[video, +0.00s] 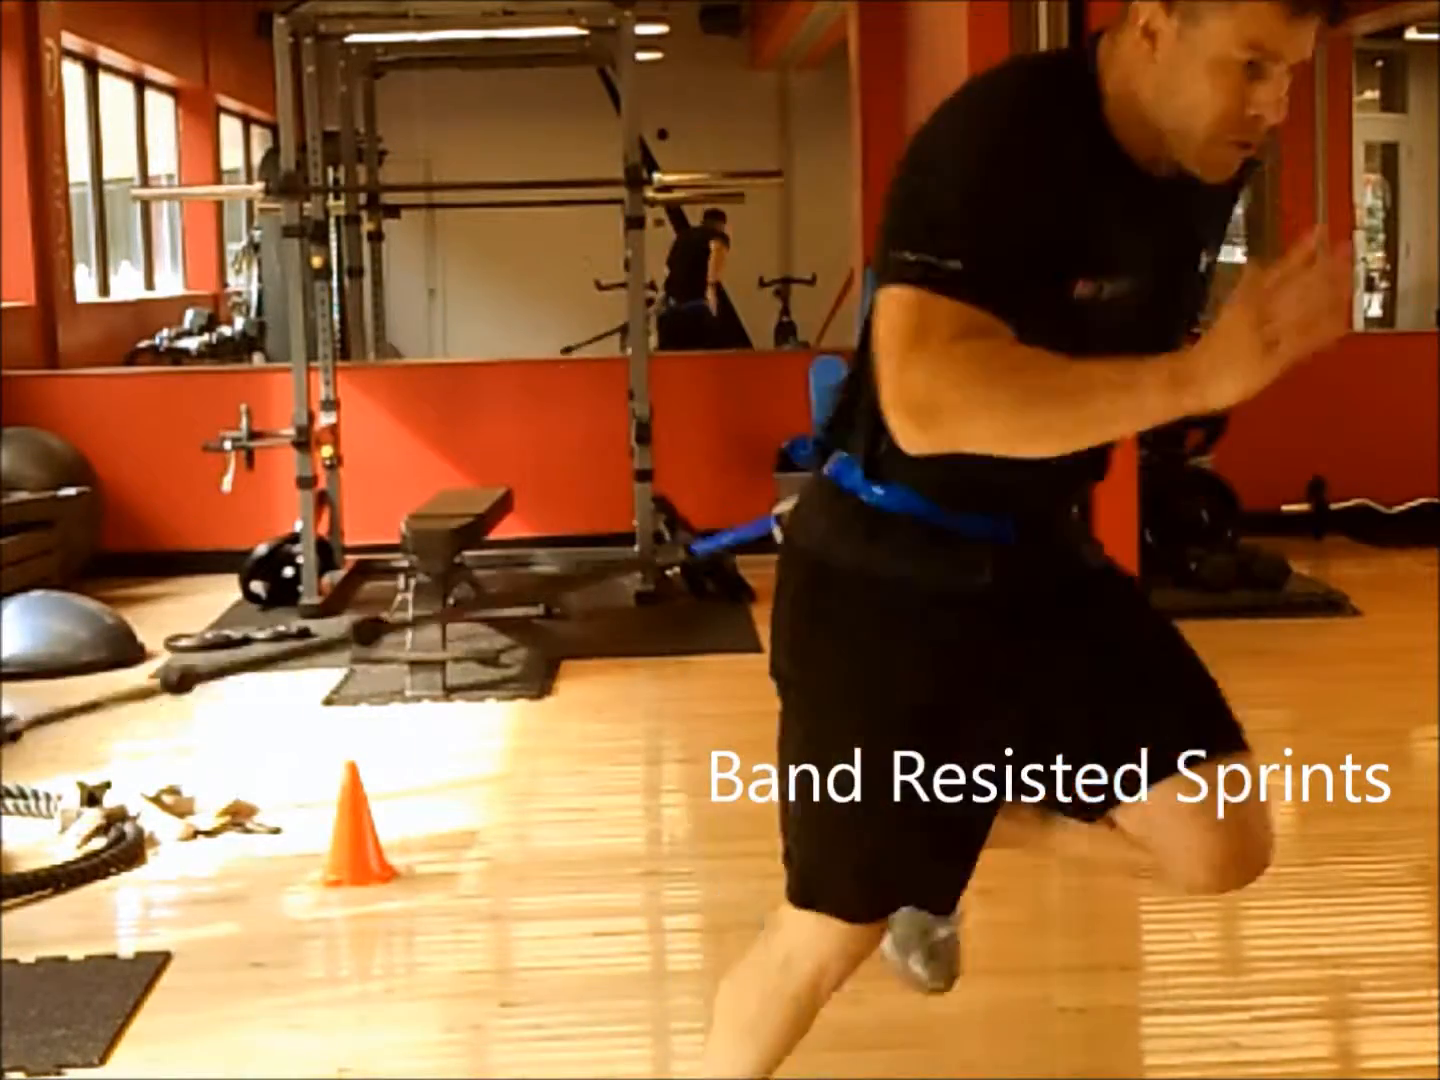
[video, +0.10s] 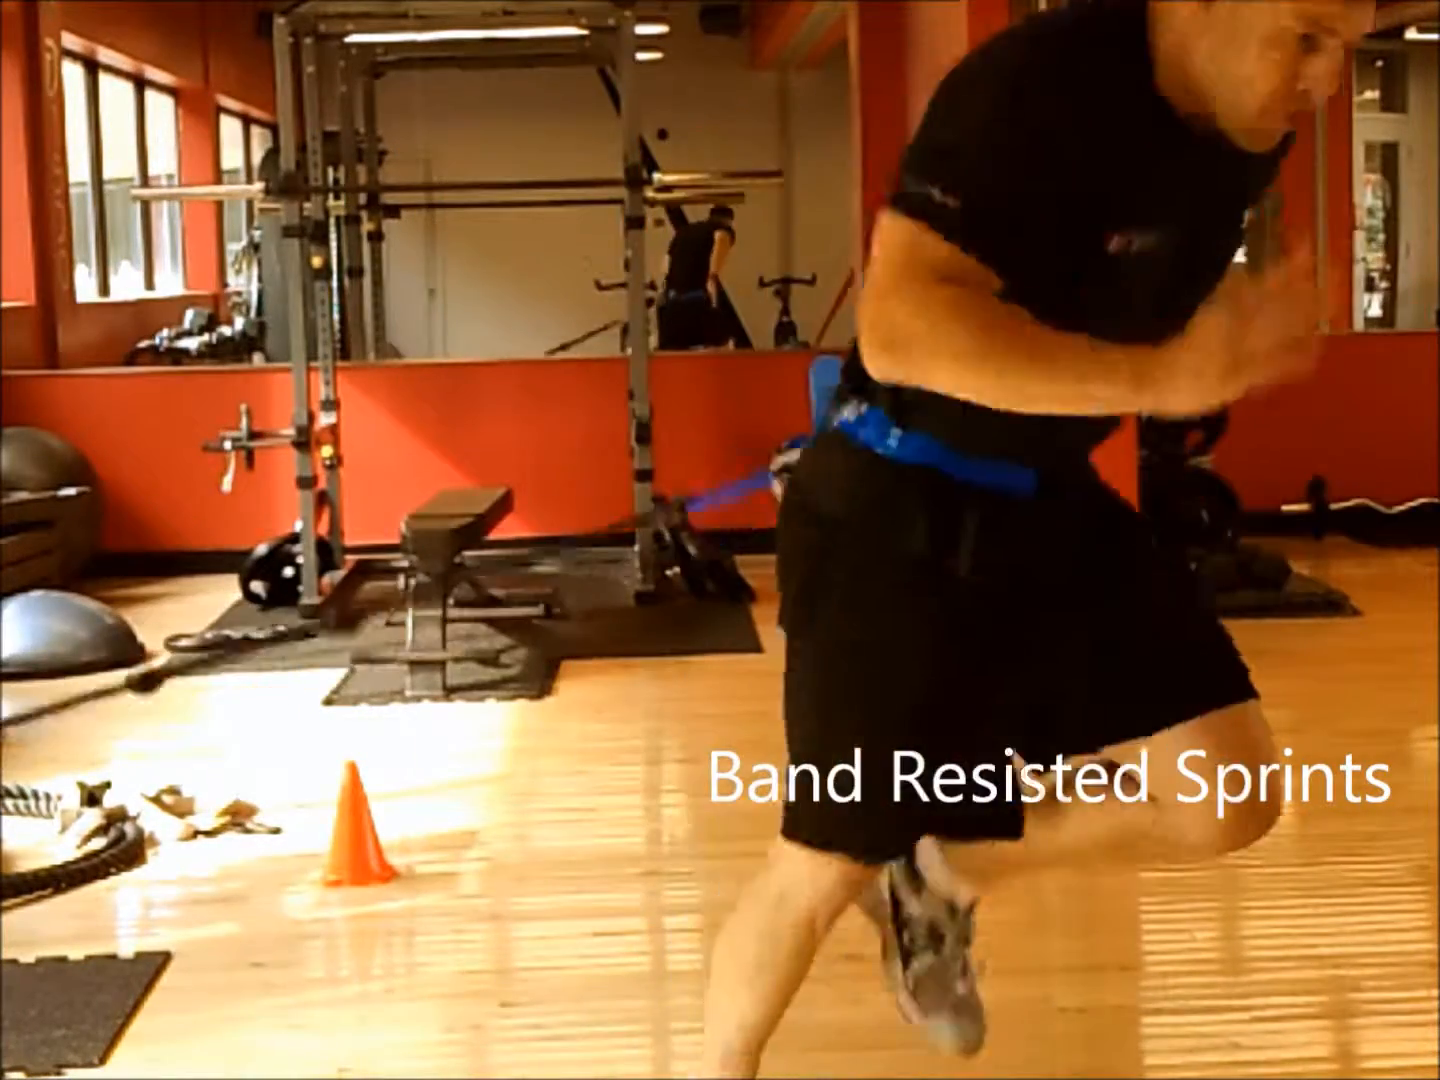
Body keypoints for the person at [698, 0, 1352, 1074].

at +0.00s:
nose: (1276, 110)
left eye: (1292, 74)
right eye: (1252, 67)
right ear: (1142, 31)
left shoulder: (1207, 164)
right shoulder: (991, 132)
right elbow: (930, 394)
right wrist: (1197, 374)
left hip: (1044, 556)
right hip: (880, 562)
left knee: (1218, 844)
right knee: (836, 922)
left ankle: (946, 812)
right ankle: (719, 1070)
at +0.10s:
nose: (1328, 87)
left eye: (1349, 54)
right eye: (1310, 40)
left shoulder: (1246, 132)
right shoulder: (1023, 83)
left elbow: (1135, 309)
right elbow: (898, 324)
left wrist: (1230, 348)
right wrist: (1160, 370)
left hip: (1050, 489)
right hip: (890, 489)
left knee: (1223, 790)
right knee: (837, 848)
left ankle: (944, 869)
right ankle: (719, 1065)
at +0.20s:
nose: (1367, 28)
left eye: (1386, 6)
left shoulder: (1307, 99)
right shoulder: (1035, 36)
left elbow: (1219, 246)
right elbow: (840, 213)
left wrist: (1209, 420)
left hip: (1073, 447)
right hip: (912, 440)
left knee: (1095, 823)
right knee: (952, 847)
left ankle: (895, 1005)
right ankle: (698, 988)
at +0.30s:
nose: (1332, 111)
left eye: (1351, 79)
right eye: (1311, 67)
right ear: (1210, 33)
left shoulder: (1294, 177)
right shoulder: (1020, 99)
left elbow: (1311, 355)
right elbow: (767, 177)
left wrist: (1386, 446)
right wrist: (667, 401)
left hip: (1053, 534)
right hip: (915, 523)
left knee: (978, 834)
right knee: (1101, 846)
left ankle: (824, 1057)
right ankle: (770, 784)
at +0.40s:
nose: (1337, 103)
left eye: (1360, 70)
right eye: (1319, 57)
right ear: (1220, 17)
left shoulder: (1303, 167)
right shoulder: (1009, 91)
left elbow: (1299, 343)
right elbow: (772, 173)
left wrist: (1376, 415)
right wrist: (682, 409)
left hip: (1066, 525)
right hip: (924, 511)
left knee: (964, 834)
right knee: (1068, 859)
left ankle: (836, 1043)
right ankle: (787, 864)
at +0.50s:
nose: (1341, 26)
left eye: (1362, 5)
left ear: (1375, 9)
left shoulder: (1304, 85)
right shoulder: (1028, 36)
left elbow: (1229, 262)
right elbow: (836, 232)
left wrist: (1220, 461)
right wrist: (951, 465)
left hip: (1089, 469)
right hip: (918, 468)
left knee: (1106, 839)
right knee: (919, 871)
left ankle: (887, 989)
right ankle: (744, 1068)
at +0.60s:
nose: (1311, 99)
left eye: (1326, 64)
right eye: (1289, 56)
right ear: (1179, 21)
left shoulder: (1231, 157)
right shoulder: (1022, 114)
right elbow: (960, 381)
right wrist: (1237, 361)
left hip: (1065, 549)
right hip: (902, 554)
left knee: (1264, 837)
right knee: (838, 904)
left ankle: (980, 812)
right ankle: (702, 1072)